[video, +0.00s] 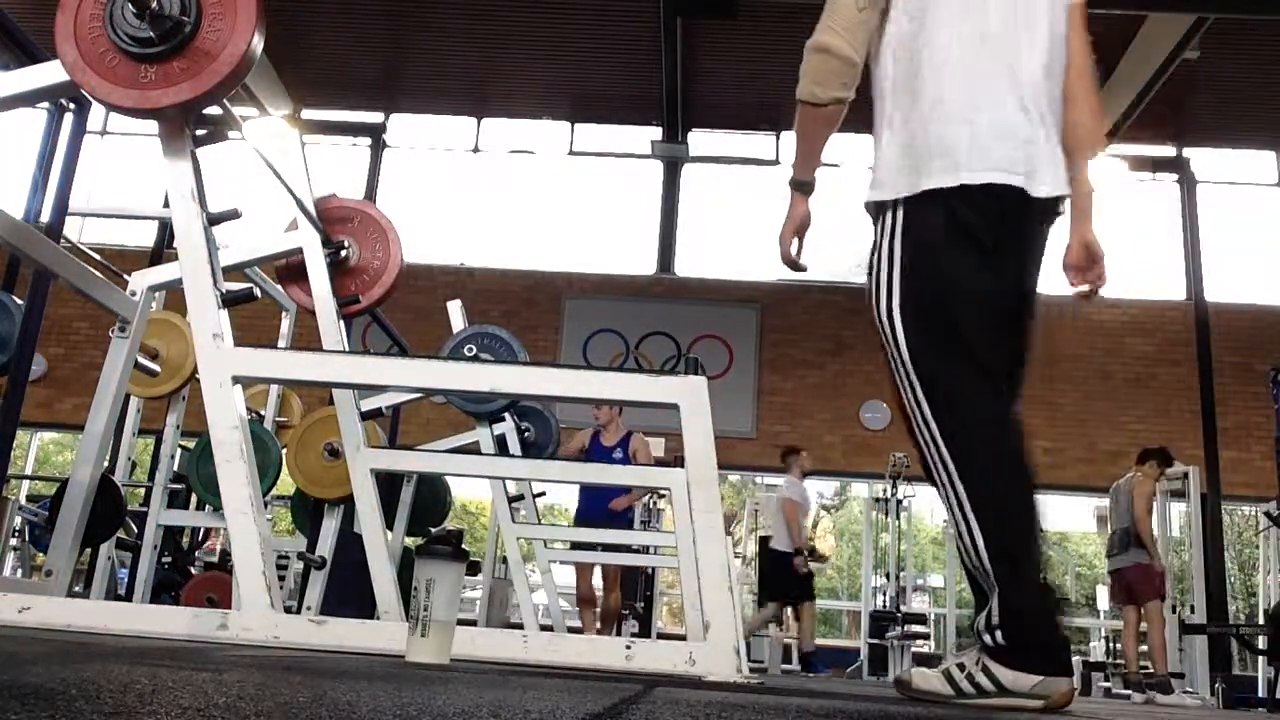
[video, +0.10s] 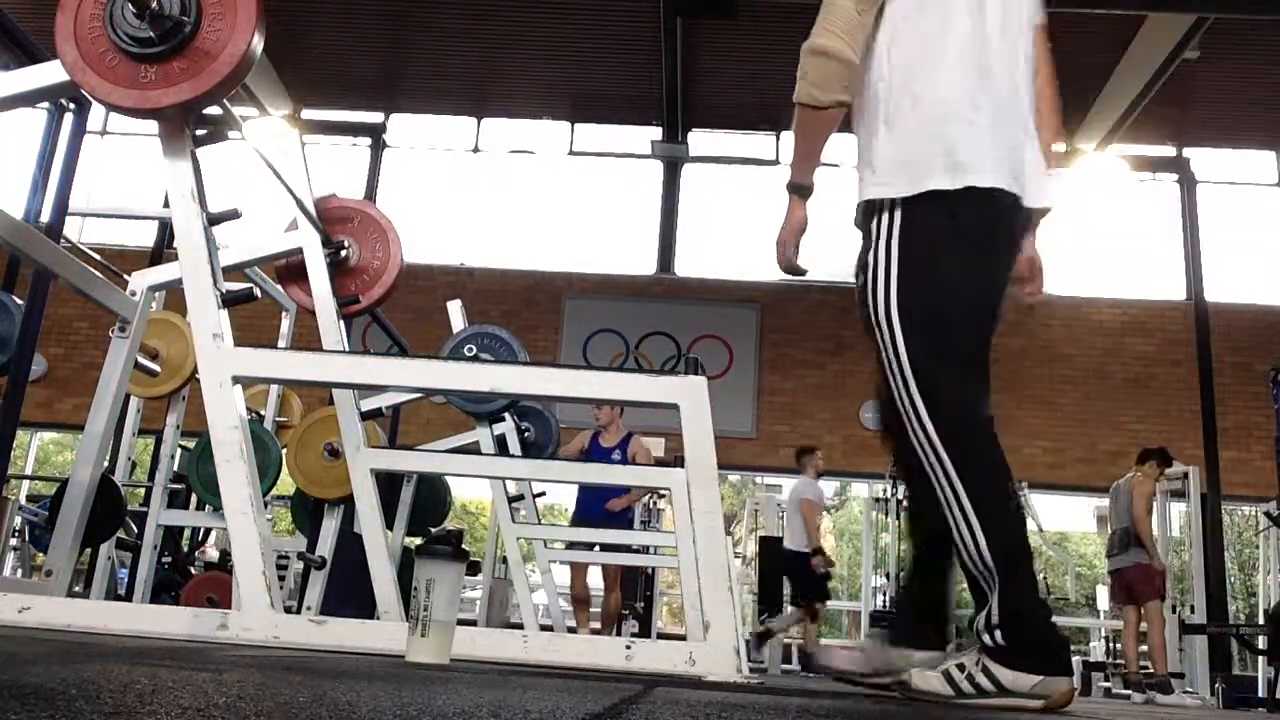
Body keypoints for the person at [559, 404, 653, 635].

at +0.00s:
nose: (595, 412)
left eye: (600, 407)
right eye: (594, 408)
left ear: (616, 410)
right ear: (595, 411)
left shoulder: (635, 441)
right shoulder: (586, 436)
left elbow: (648, 479)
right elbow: (559, 457)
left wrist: (629, 498)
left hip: (616, 520)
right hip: (586, 517)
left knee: (611, 580)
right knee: (583, 577)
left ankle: (605, 636)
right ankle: (589, 634)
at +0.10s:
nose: (596, 412)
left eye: (601, 408)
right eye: (594, 408)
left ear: (618, 410)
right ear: (594, 412)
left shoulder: (635, 444)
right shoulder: (586, 437)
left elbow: (647, 481)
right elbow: (560, 456)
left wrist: (627, 499)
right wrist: (581, 458)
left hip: (615, 521)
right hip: (583, 517)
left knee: (611, 580)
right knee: (577, 576)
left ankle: (606, 637)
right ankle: (583, 633)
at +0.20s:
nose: (595, 413)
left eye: (600, 408)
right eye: (594, 408)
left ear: (616, 411)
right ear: (594, 412)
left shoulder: (633, 444)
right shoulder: (585, 437)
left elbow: (645, 482)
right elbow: (560, 457)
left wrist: (620, 498)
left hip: (613, 521)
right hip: (582, 517)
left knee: (611, 580)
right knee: (571, 576)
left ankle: (606, 636)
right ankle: (570, 631)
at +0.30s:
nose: (591, 412)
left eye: (597, 408)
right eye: (590, 408)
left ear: (613, 411)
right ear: (590, 412)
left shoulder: (628, 443)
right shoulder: (581, 438)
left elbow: (638, 482)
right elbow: (556, 461)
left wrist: (616, 491)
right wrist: (580, 471)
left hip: (611, 520)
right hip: (579, 516)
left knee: (610, 581)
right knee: (563, 575)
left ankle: (607, 637)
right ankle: (556, 628)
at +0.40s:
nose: (586, 412)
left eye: (592, 407)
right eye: (585, 407)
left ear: (608, 410)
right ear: (586, 412)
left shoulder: (624, 443)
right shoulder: (576, 438)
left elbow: (630, 481)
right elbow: (551, 464)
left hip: (607, 522)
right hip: (574, 517)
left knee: (609, 583)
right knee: (555, 575)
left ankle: (606, 638)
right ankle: (540, 629)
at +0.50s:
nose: (579, 412)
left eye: (585, 407)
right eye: (579, 407)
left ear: (600, 411)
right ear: (579, 412)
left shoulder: (615, 442)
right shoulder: (567, 438)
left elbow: (622, 481)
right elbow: (549, 467)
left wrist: (593, 462)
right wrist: (563, 458)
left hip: (599, 519)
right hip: (569, 515)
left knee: (604, 579)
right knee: (552, 573)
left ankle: (606, 635)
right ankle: (530, 625)